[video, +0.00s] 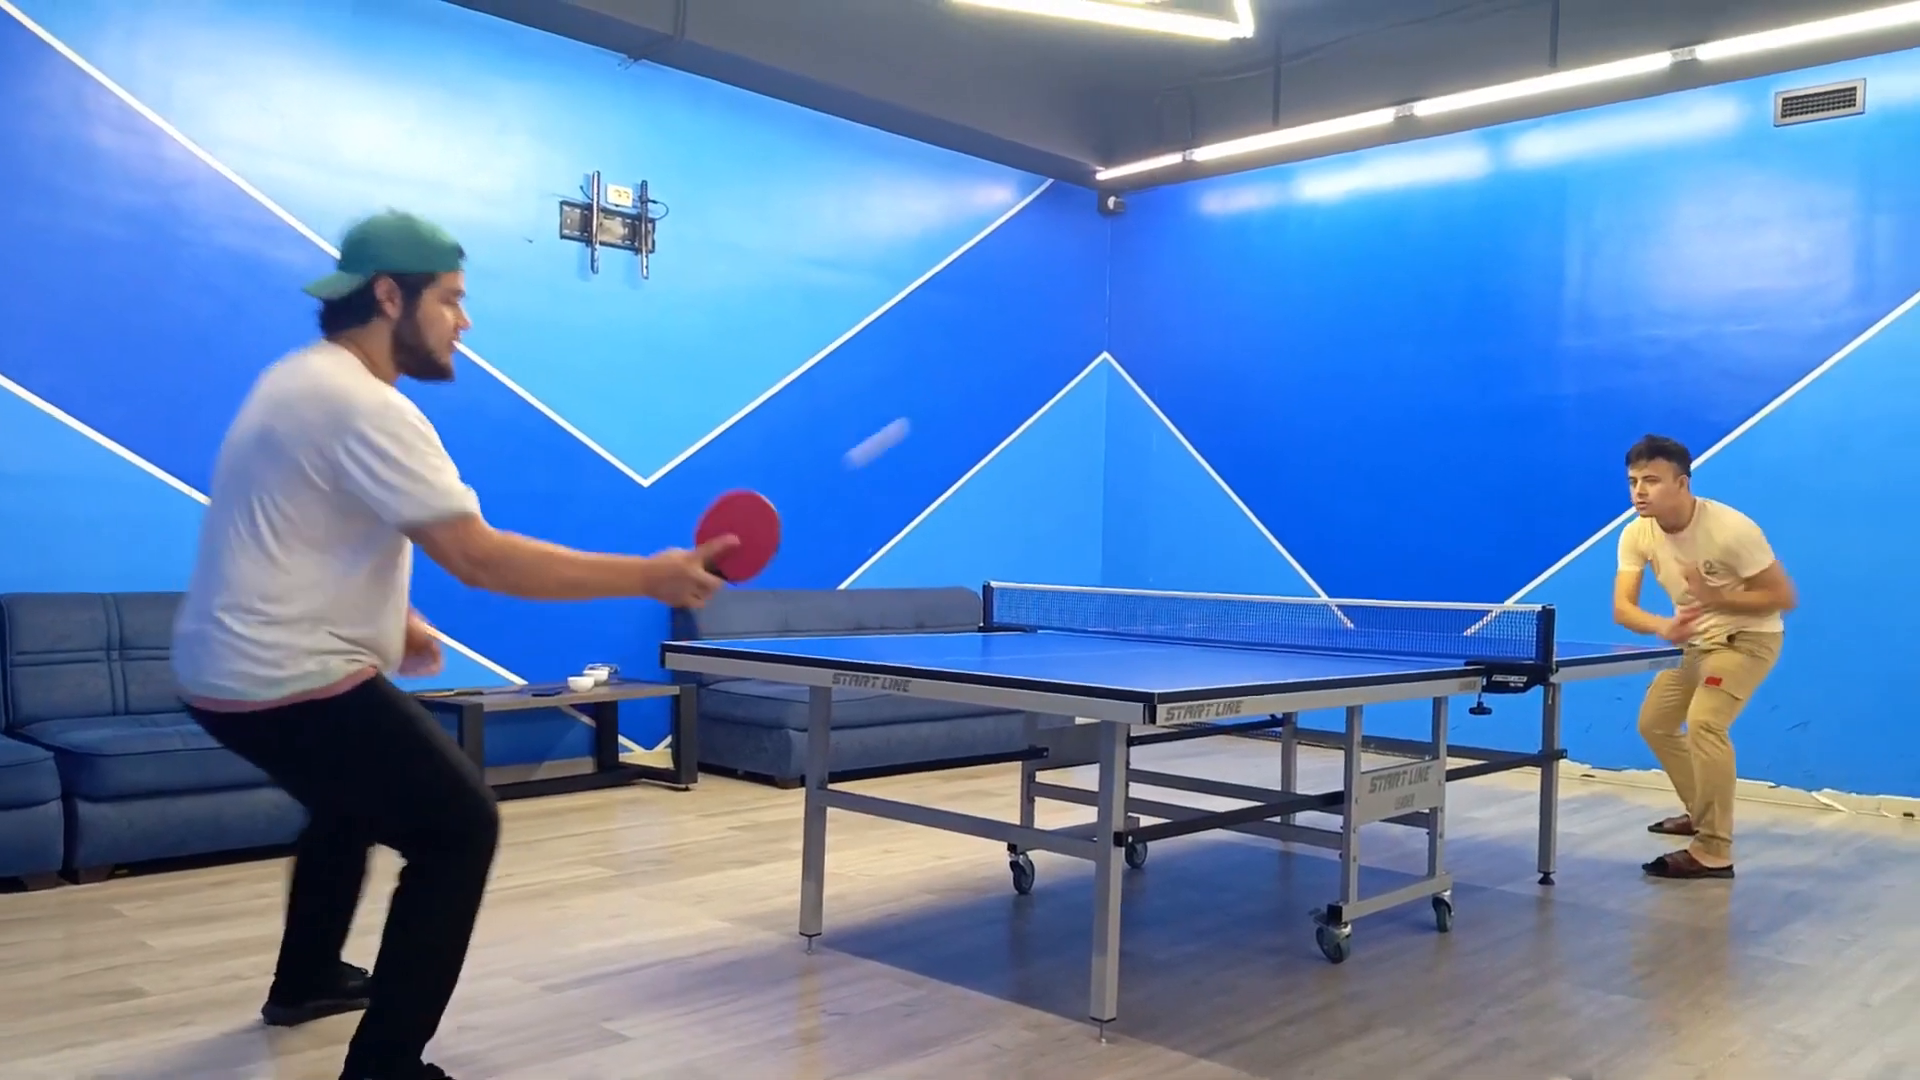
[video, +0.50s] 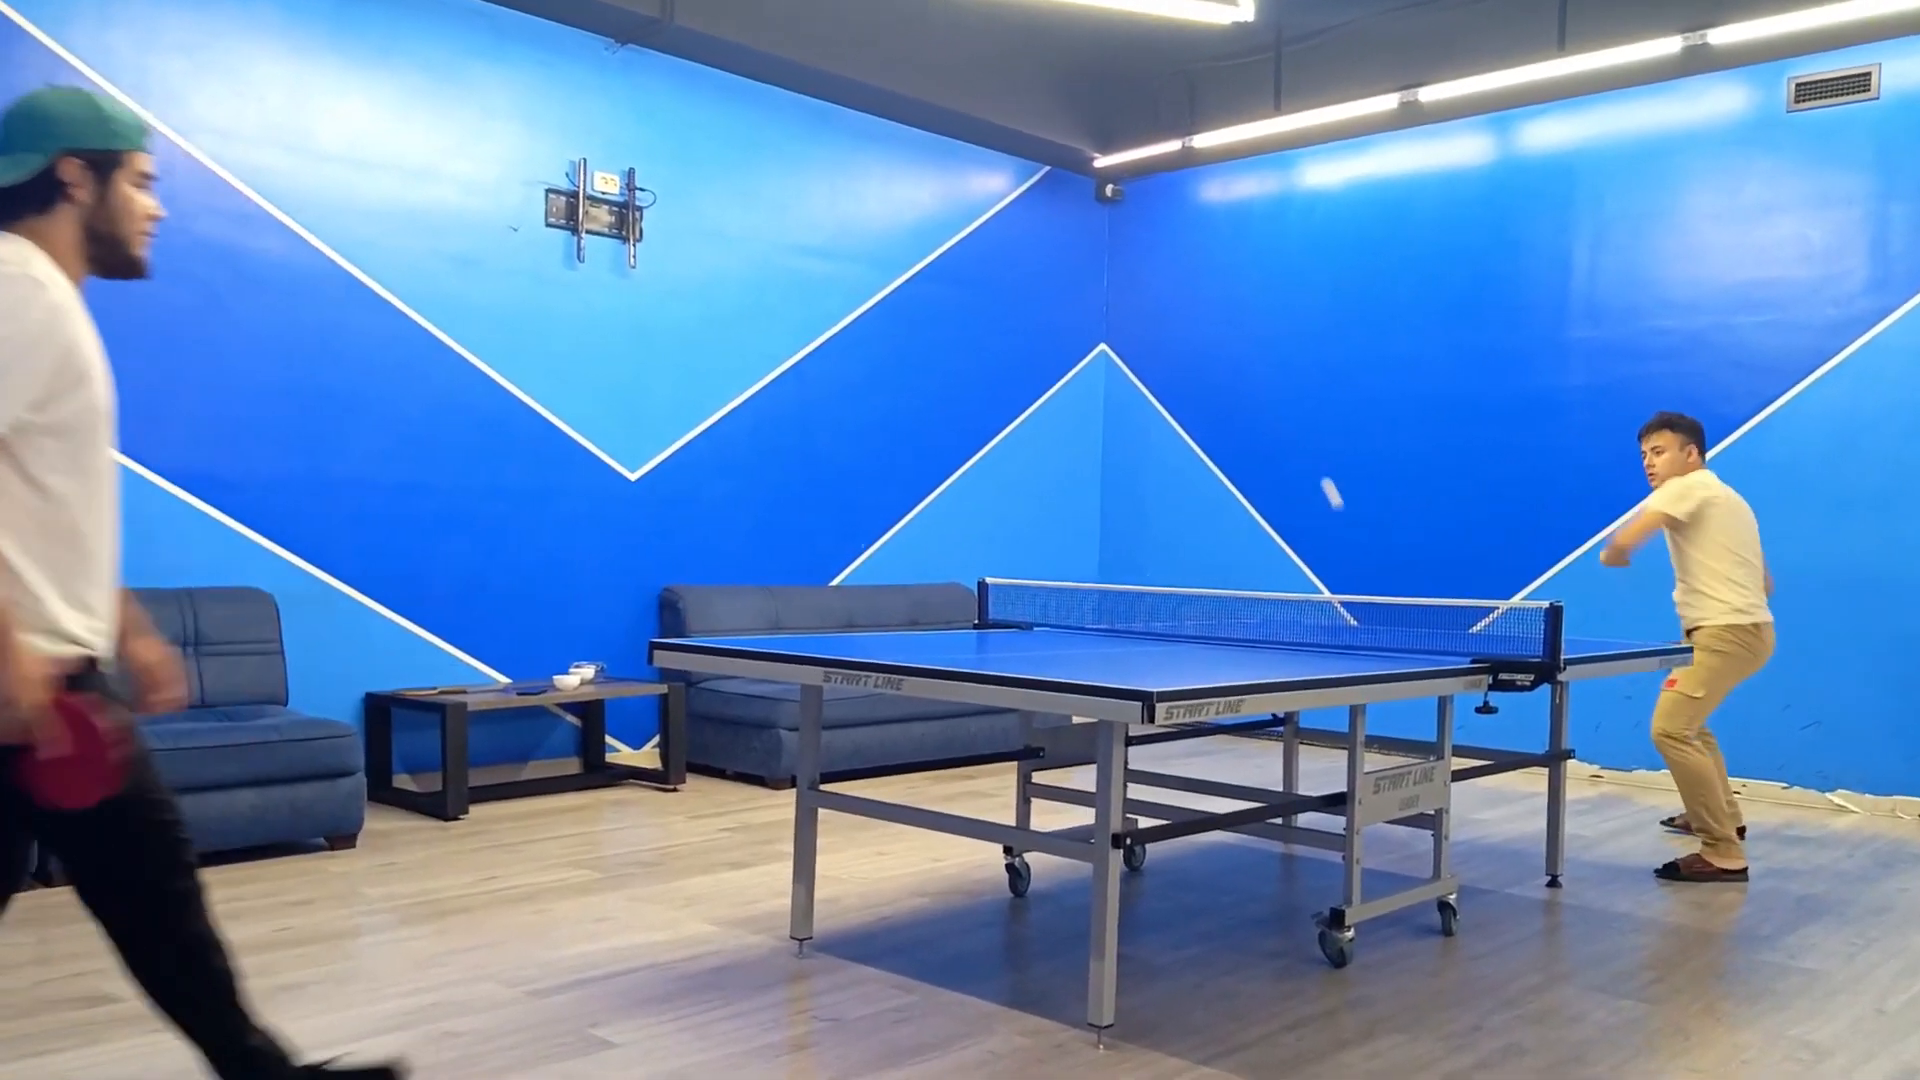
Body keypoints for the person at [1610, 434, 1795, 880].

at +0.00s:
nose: (1639, 491)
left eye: (1651, 481)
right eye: (1634, 482)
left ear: (1682, 483)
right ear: (1630, 485)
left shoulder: (1731, 529)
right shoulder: (1637, 533)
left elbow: (1785, 595)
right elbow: (1622, 609)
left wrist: (1719, 598)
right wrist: (1662, 626)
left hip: (1749, 636)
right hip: (1696, 640)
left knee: (1705, 725)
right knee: (1656, 725)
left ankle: (1714, 850)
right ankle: (1702, 814)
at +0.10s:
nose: (1587, 484)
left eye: (1598, 473)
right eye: (1582, 474)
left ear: (1631, 476)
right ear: (1578, 478)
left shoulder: (1676, 522)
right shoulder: (1594, 529)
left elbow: (1749, 563)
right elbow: (1593, 591)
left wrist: (1687, 586)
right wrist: (1590, 630)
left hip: (1698, 634)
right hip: (1648, 639)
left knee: (1659, 720)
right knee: (1609, 720)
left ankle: (1670, 846)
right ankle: (1655, 809)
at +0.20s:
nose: (1539, 477)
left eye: (1552, 467)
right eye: (1535, 468)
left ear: (1582, 471)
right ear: (1532, 474)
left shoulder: (1622, 517)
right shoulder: (1557, 527)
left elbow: (1689, 568)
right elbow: (1567, 598)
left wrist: (1624, 586)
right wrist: (1528, 633)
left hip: (1655, 631)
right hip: (1606, 635)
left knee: (1608, 717)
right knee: (1565, 714)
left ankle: (1626, 842)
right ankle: (1613, 806)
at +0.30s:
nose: (1575, 475)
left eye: (1586, 465)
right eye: (1570, 468)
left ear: (1618, 472)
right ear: (1567, 475)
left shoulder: (1648, 515)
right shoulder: (1601, 532)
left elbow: (1680, 587)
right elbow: (1622, 600)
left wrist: (1606, 590)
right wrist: (1575, 635)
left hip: (1687, 634)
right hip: (1645, 638)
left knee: (1625, 719)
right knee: (1597, 717)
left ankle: (1657, 845)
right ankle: (1646, 810)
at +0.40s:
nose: (1612, 469)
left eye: (1623, 460)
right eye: (1609, 462)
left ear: (1657, 464)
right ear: (1609, 468)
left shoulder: (1666, 501)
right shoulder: (1662, 508)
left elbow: (1650, 575)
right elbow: (1682, 599)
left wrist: (1597, 577)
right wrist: (1635, 634)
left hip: (1711, 636)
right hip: (1688, 636)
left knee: (1644, 724)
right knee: (1634, 717)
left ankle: (1690, 851)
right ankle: (1681, 815)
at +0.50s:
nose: (1648, 463)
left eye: (1657, 451)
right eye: (1645, 455)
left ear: (1691, 453)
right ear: (1693, 459)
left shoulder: (1688, 487)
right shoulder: (1730, 499)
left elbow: (1622, 542)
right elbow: (1763, 583)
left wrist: (1613, 555)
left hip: (1725, 630)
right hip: (1745, 628)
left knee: (1671, 730)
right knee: (1686, 722)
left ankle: (1723, 853)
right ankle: (1720, 816)